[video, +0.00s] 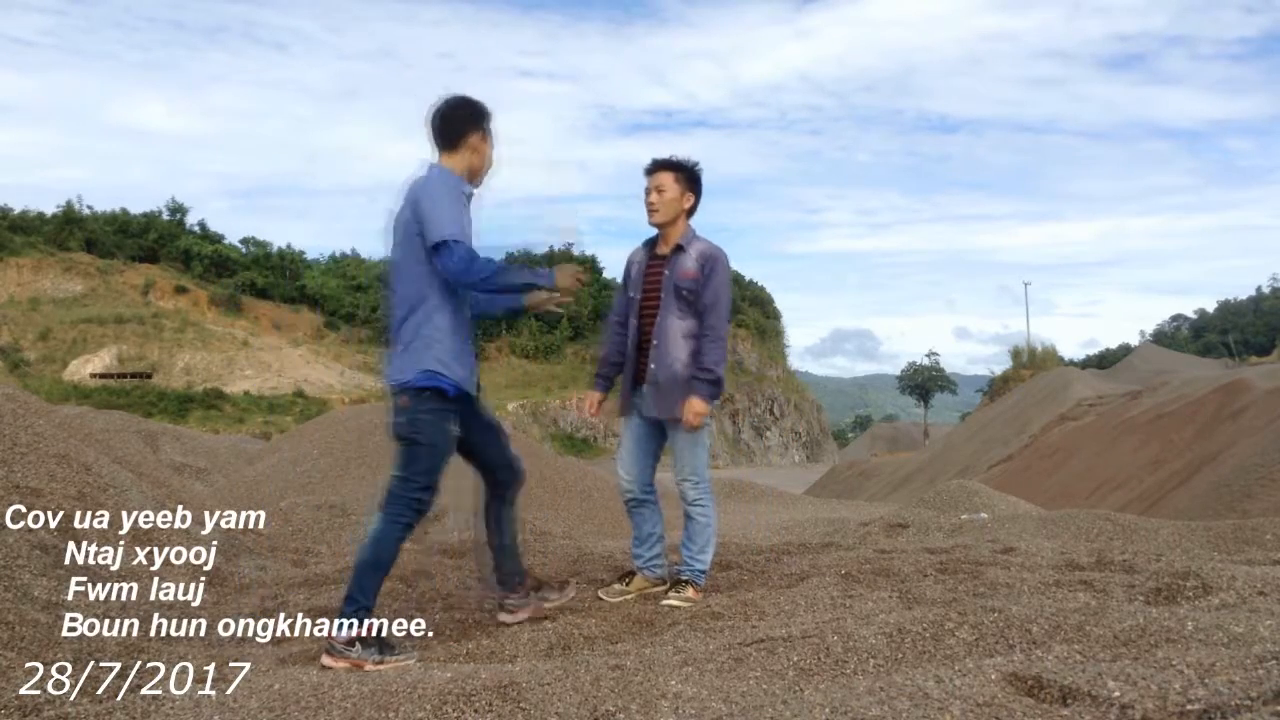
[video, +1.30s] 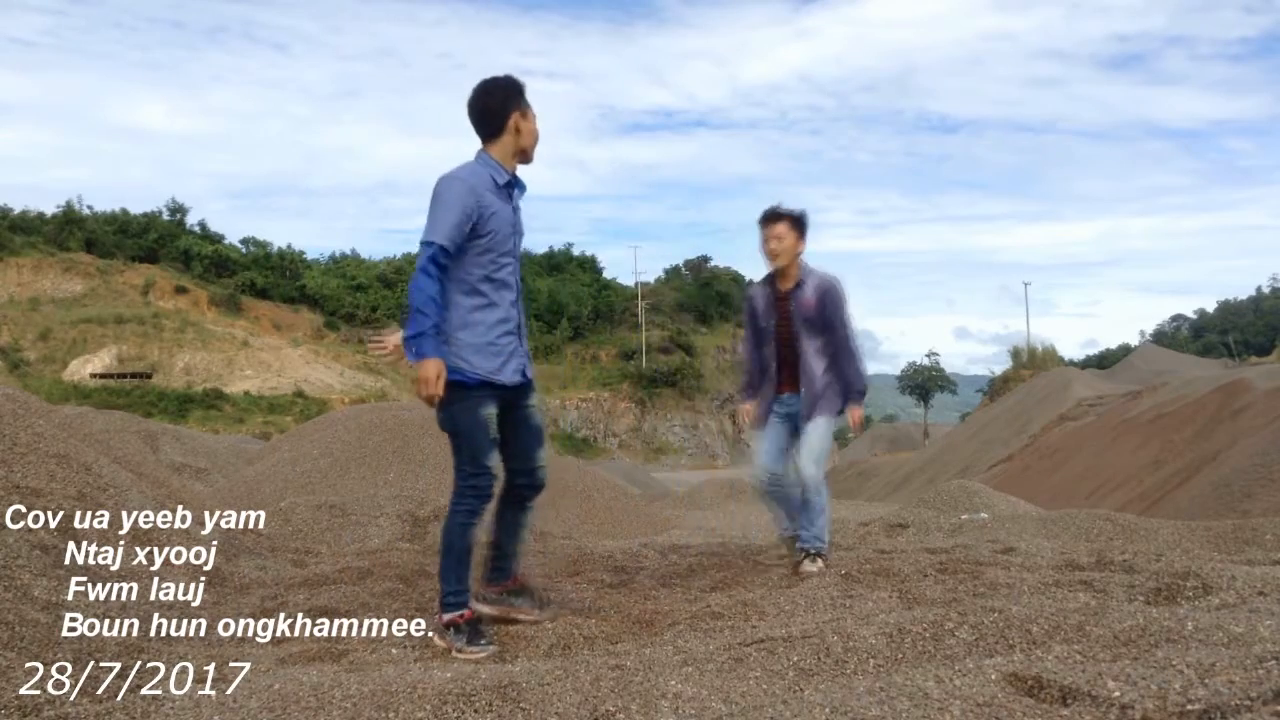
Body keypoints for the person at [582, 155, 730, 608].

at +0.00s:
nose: (650, 199)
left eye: (660, 191)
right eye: (647, 192)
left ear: (687, 199)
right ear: (646, 199)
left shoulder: (709, 258)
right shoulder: (638, 258)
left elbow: (715, 332)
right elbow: (619, 326)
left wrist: (703, 392)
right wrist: (600, 385)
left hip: (686, 393)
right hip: (641, 392)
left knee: (692, 488)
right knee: (634, 485)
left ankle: (693, 577)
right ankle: (650, 571)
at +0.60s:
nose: (686, 216)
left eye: (695, 208)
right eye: (682, 209)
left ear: (721, 210)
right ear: (679, 212)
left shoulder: (738, 265)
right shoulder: (672, 266)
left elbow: (727, 329)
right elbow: (646, 322)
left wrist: (704, 382)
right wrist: (623, 374)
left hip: (709, 395)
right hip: (662, 392)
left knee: (703, 484)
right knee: (643, 474)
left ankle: (692, 574)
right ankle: (690, 546)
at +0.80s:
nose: (722, 238)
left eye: (732, 231)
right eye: (719, 230)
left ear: (755, 240)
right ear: (714, 236)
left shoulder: (769, 296)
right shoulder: (695, 288)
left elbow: (774, 344)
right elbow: (659, 330)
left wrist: (745, 335)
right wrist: (628, 362)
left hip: (741, 403)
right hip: (697, 403)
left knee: (718, 474)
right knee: (693, 493)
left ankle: (702, 571)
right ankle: (739, 565)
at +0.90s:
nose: (729, 244)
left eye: (739, 237)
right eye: (726, 237)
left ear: (761, 247)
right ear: (720, 243)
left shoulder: (782, 300)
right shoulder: (705, 299)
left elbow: (801, 354)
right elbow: (675, 341)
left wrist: (775, 342)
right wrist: (645, 369)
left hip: (756, 404)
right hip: (712, 406)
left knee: (736, 466)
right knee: (697, 487)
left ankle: (740, 558)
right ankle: (724, 555)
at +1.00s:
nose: (742, 240)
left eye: (751, 233)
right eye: (738, 234)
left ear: (773, 239)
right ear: (734, 239)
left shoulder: (796, 291)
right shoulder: (719, 295)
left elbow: (820, 342)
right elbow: (700, 347)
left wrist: (808, 373)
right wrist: (681, 376)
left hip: (776, 400)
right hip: (728, 402)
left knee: (766, 461)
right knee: (719, 483)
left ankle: (781, 540)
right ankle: (736, 567)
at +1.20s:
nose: (762, 256)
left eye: (771, 248)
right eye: (758, 249)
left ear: (793, 253)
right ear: (754, 253)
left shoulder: (816, 301)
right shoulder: (748, 300)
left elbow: (836, 360)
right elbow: (740, 356)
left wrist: (852, 414)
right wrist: (730, 403)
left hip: (812, 408)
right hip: (768, 407)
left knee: (806, 477)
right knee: (742, 467)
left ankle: (812, 552)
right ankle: (772, 544)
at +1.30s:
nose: (771, 246)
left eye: (779, 239)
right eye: (766, 240)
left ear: (800, 242)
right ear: (762, 243)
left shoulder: (824, 287)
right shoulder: (757, 294)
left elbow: (844, 345)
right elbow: (753, 349)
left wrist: (855, 397)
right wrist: (749, 395)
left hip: (821, 399)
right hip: (778, 402)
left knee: (808, 469)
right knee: (766, 474)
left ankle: (814, 547)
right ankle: (800, 529)